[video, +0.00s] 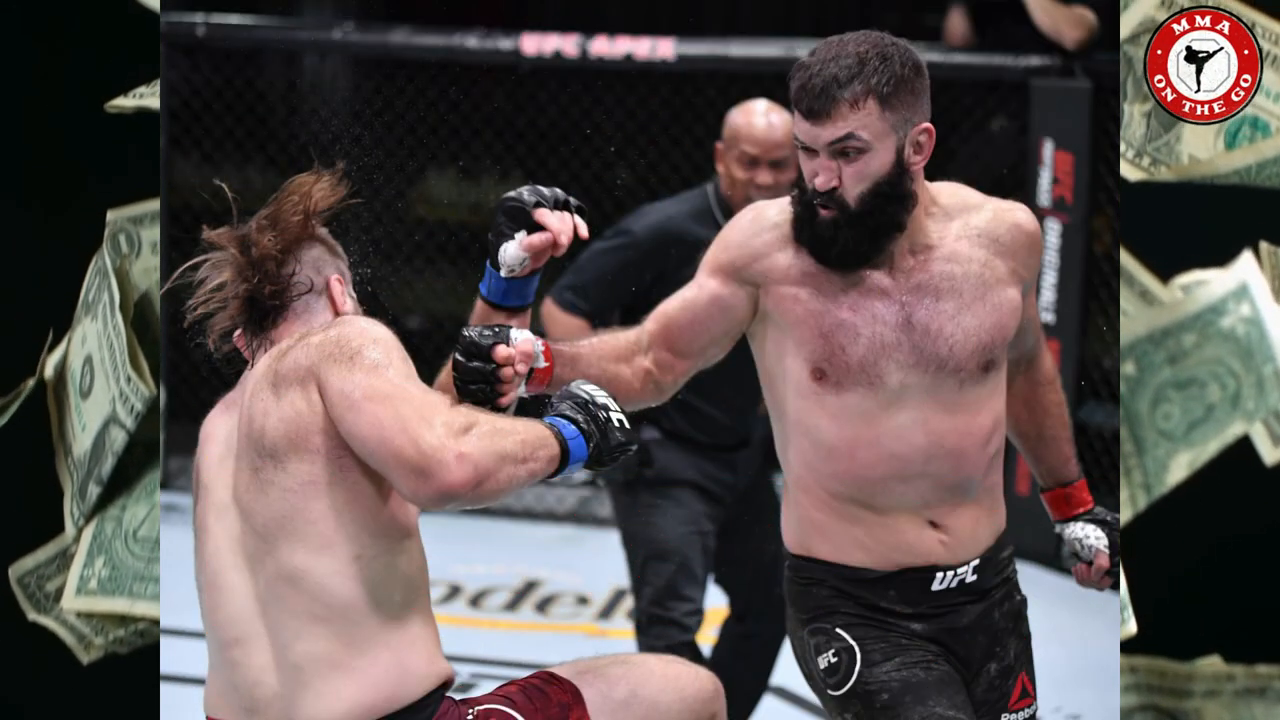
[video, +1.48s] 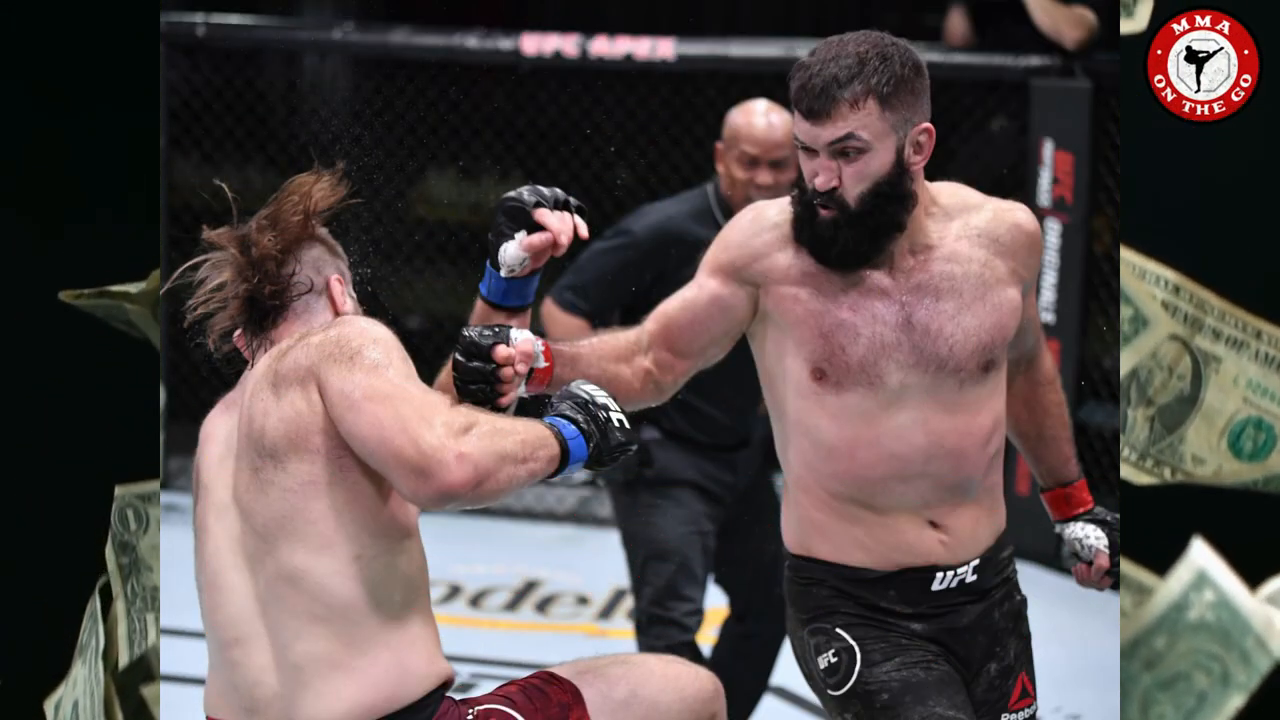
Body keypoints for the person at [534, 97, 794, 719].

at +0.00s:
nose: (767, 180)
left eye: (781, 165)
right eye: (750, 164)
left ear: (799, 162)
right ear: (719, 157)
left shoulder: (803, 239)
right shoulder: (661, 232)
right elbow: (560, 312)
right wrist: (613, 415)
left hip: (749, 460)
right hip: (663, 457)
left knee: (767, 608)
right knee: (671, 615)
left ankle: (720, 719)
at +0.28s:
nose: (767, 181)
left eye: (781, 165)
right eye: (750, 164)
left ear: (799, 162)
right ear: (719, 158)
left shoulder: (804, 238)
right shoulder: (661, 232)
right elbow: (560, 312)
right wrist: (612, 416)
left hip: (750, 460)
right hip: (663, 457)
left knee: (767, 609)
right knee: (671, 615)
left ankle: (720, 719)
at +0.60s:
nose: (767, 181)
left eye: (781, 165)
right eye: (751, 164)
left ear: (799, 162)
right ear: (719, 158)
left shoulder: (804, 238)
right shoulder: (661, 232)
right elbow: (560, 311)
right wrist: (611, 415)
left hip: (750, 460)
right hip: (663, 457)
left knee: (767, 609)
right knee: (671, 614)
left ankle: (720, 719)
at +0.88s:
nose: (767, 181)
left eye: (781, 165)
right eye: (750, 164)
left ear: (799, 162)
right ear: (719, 158)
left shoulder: (804, 238)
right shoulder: (661, 232)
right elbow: (560, 312)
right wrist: (612, 416)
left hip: (750, 460)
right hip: (663, 457)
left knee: (767, 609)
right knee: (671, 615)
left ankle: (720, 719)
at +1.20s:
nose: (767, 181)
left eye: (781, 165)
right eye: (750, 164)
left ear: (799, 162)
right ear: (719, 158)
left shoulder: (804, 238)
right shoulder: (661, 232)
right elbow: (560, 312)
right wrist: (612, 416)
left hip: (750, 460)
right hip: (663, 457)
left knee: (767, 609)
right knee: (671, 615)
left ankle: (720, 719)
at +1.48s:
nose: (767, 181)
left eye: (781, 165)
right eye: (750, 164)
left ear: (799, 162)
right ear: (719, 158)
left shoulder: (804, 238)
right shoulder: (661, 232)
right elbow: (560, 312)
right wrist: (612, 416)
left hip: (750, 460)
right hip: (663, 457)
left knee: (767, 609)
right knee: (671, 615)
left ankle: (720, 719)